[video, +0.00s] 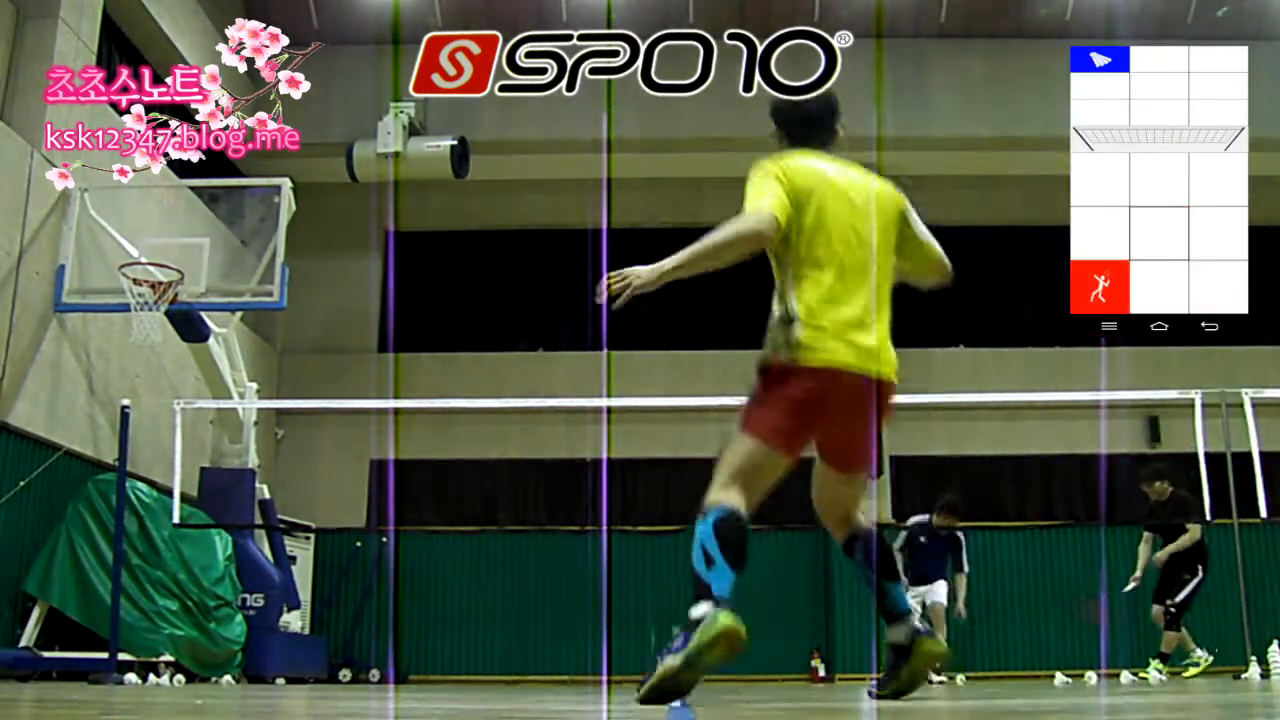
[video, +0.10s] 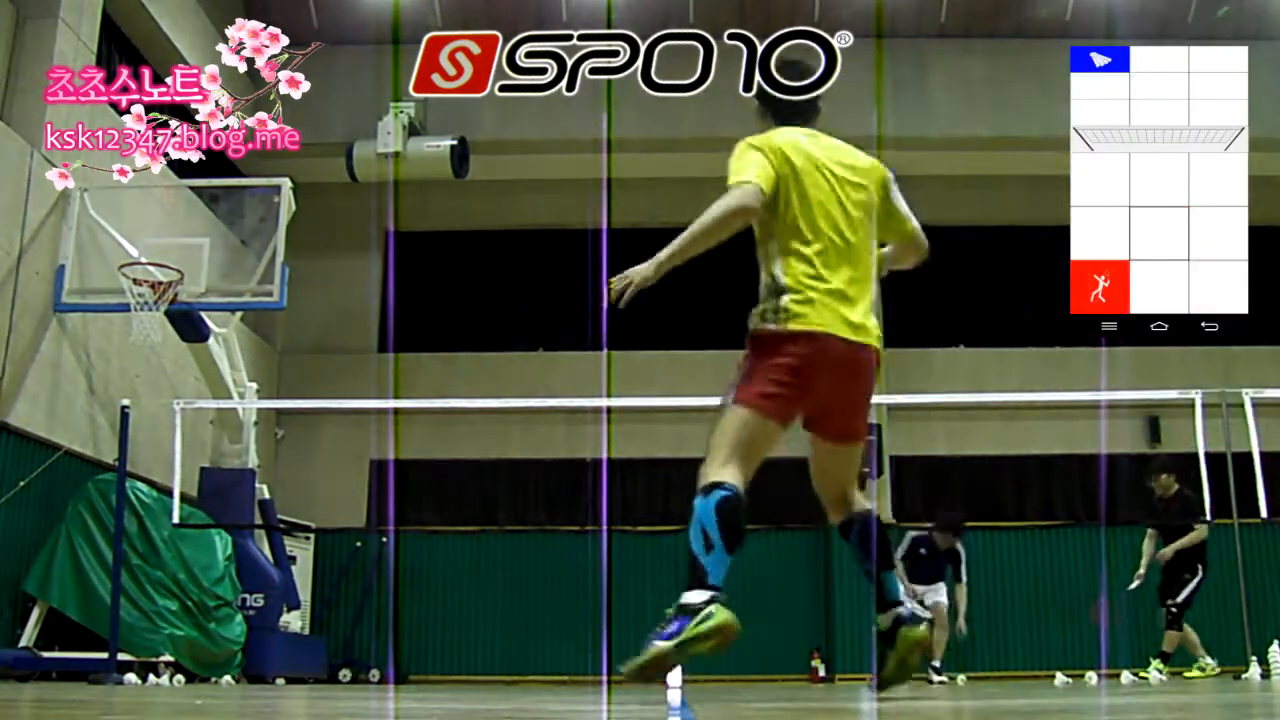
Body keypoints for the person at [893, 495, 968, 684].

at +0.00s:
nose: (950, 526)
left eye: (953, 522)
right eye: (948, 521)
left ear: (956, 521)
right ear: (939, 515)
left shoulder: (955, 536)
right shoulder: (915, 525)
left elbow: (960, 571)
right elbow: (896, 550)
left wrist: (960, 601)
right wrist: (900, 577)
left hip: (936, 583)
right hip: (912, 584)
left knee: (938, 614)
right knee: (909, 626)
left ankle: (936, 667)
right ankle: (909, 667)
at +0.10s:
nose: (953, 543)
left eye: (955, 539)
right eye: (951, 538)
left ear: (955, 538)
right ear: (940, 534)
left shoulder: (956, 550)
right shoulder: (914, 539)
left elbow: (960, 584)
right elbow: (897, 560)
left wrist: (961, 617)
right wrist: (906, 584)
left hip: (936, 587)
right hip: (910, 586)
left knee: (941, 615)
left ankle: (936, 665)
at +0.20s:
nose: (950, 563)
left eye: (953, 559)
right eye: (947, 558)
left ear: (956, 556)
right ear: (937, 551)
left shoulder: (956, 566)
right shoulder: (914, 550)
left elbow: (960, 597)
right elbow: (897, 571)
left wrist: (962, 632)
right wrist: (910, 594)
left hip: (933, 588)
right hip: (907, 586)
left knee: (945, 615)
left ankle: (935, 665)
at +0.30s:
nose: (948, 582)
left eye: (951, 579)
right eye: (946, 578)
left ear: (955, 576)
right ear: (936, 569)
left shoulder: (956, 580)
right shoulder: (913, 565)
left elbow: (959, 612)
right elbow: (895, 591)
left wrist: (963, 648)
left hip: (930, 595)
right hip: (907, 596)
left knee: (948, 618)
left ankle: (936, 659)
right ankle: (895, 664)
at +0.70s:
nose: (966, 561)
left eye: (968, 558)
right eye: (965, 557)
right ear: (955, 552)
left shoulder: (961, 561)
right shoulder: (930, 550)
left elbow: (960, 591)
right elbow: (901, 575)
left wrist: (968, 621)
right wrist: (910, 603)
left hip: (916, 579)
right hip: (891, 572)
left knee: (939, 613)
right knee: (898, 610)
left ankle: (930, 666)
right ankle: (895, 666)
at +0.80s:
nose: (971, 538)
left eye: (973, 534)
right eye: (969, 533)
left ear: (966, 532)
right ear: (960, 529)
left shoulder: (960, 543)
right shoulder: (935, 536)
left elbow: (963, 573)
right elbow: (906, 565)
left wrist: (986, 596)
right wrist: (914, 597)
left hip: (919, 573)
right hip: (894, 568)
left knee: (943, 611)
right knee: (901, 612)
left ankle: (934, 663)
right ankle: (895, 666)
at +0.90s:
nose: (980, 517)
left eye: (982, 513)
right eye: (977, 512)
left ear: (970, 511)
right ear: (965, 510)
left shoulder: (964, 526)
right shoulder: (941, 522)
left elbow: (971, 557)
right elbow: (913, 552)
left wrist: (1003, 571)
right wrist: (921, 587)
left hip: (924, 570)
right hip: (901, 566)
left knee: (948, 610)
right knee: (904, 612)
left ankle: (940, 664)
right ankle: (895, 667)